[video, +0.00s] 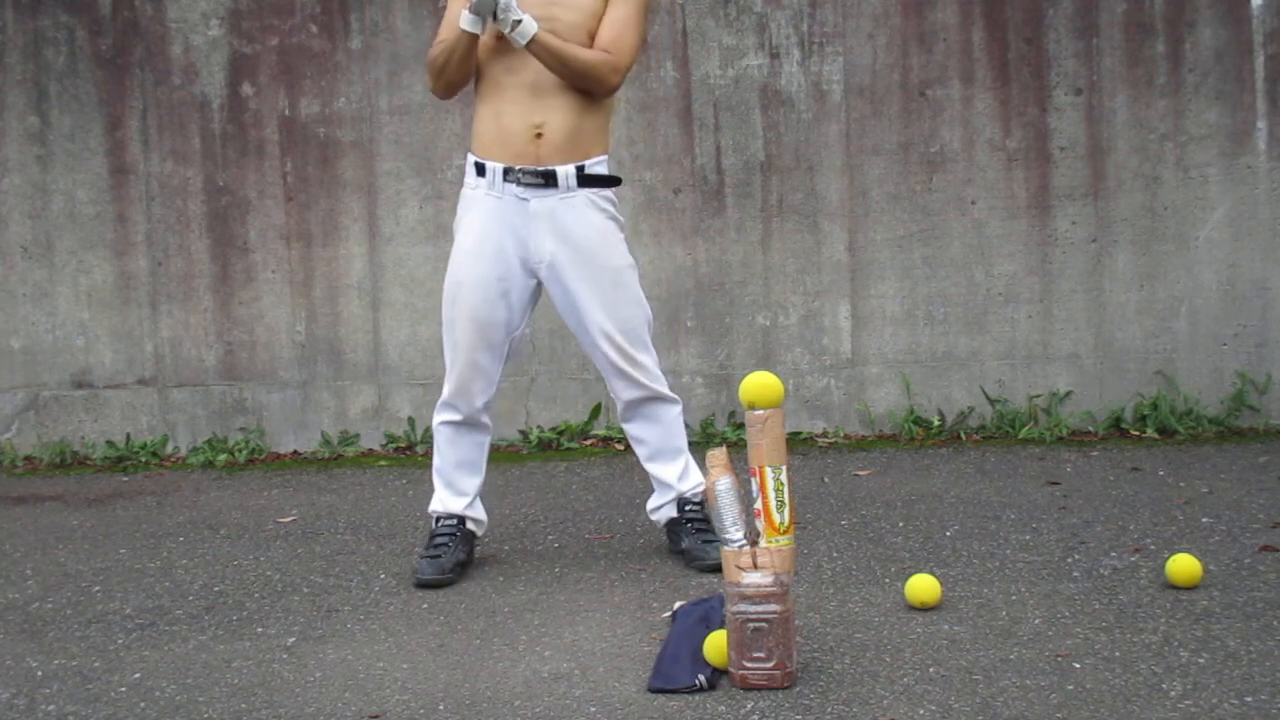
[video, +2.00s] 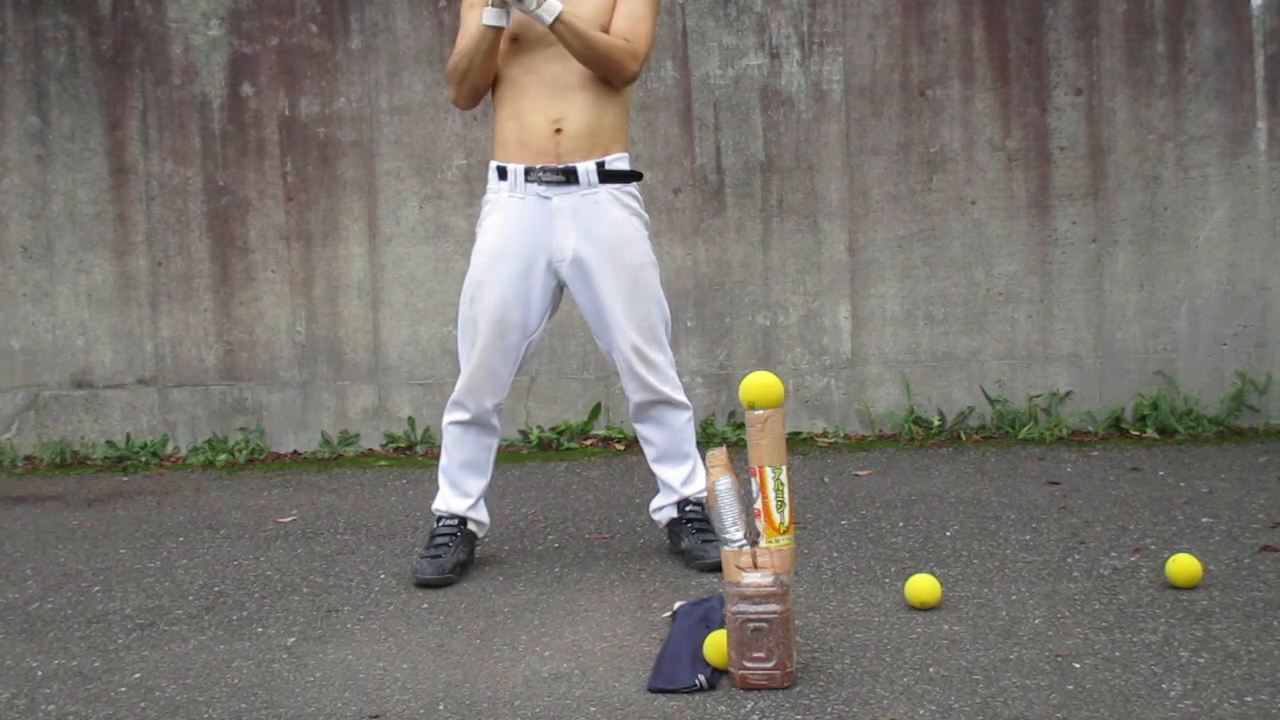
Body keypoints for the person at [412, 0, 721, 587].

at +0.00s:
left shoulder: (622, 1)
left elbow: (606, 75)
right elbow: (442, 81)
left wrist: (523, 27)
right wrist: (474, 22)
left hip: (582, 198)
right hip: (490, 197)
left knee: (634, 367)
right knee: (465, 378)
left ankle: (684, 506)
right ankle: (452, 518)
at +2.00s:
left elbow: (624, 66)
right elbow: (463, 93)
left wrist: (551, 12)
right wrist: (495, 18)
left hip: (605, 195)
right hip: (513, 197)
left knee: (646, 362)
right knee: (480, 373)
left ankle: (686, 507)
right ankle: (455, 517)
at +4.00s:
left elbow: (601, 37)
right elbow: (414, 90)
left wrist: (502, 7)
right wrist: (447, 14)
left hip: (585, 192)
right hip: (493, 198)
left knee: (647, 360)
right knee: (468, 378)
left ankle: (693, 506)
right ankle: (454, 518)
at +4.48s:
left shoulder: (662, 3)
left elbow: (645, 23)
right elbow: (453, 12)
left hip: (628, 215)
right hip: (531, 212)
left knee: (686, 377)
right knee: (477, 381)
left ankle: (723, 515)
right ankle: (452, 518)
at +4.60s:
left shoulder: (669, 8)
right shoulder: (533, 2)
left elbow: (643, 7)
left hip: (636, 222)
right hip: (539, 219)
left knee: (693, 382)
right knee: (476, 382)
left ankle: (725, 516)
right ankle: (446, 509)